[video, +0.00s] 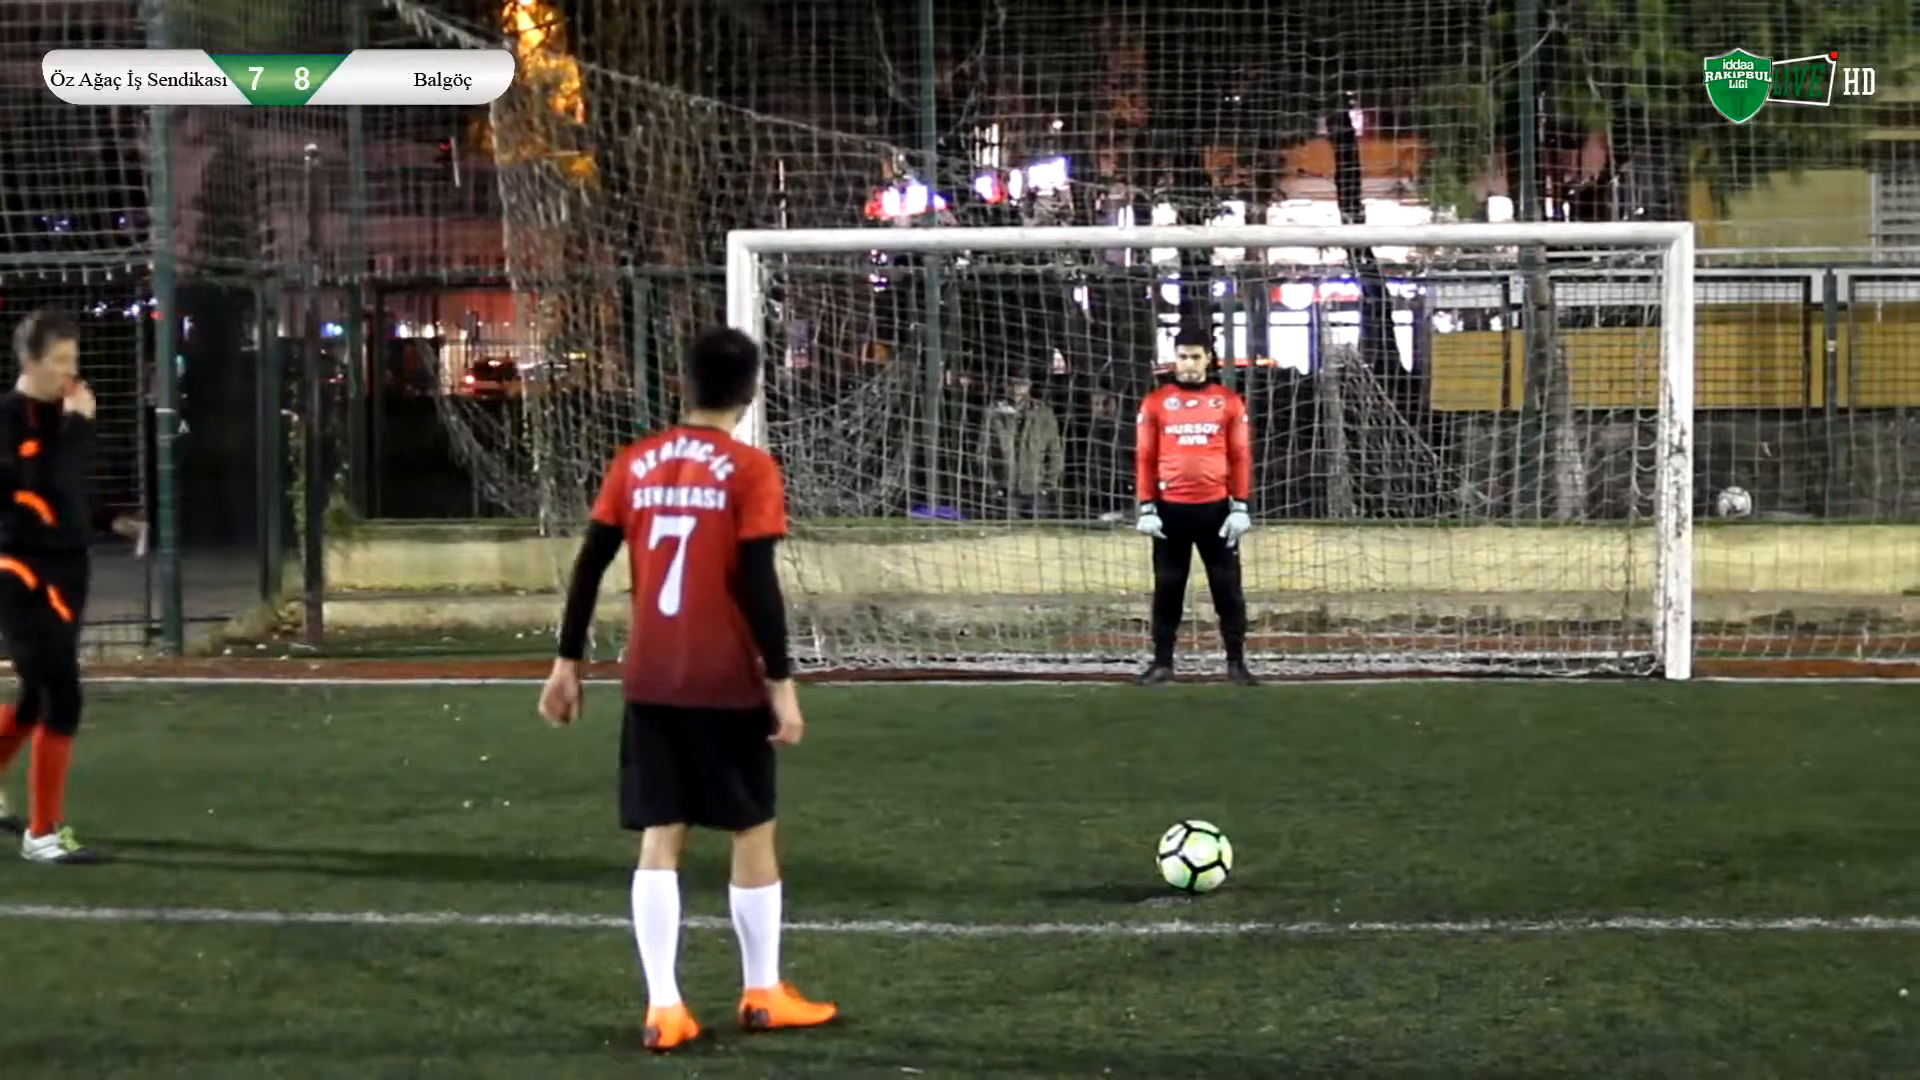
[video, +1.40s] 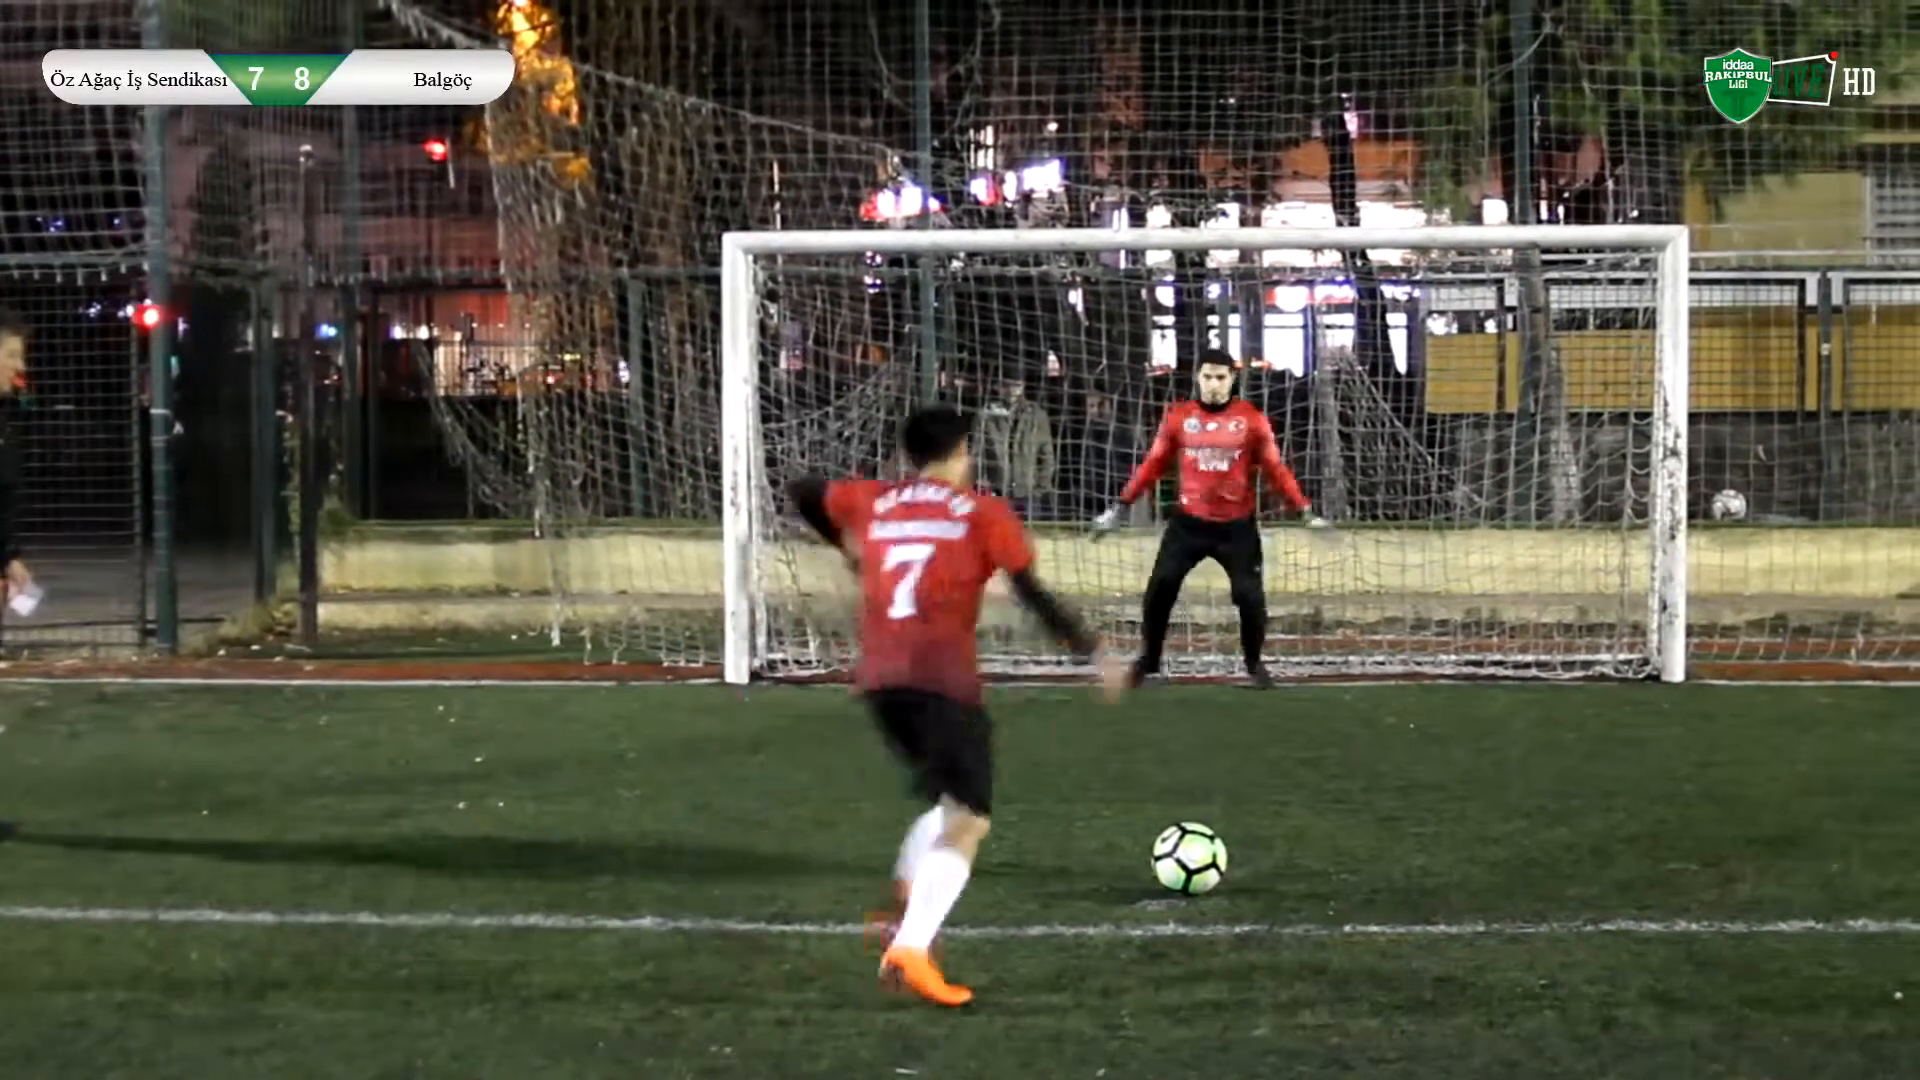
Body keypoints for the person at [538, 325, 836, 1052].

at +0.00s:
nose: (754, 394)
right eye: (756, 385)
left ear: (687, 385)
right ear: (750, 392)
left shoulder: (635, 461)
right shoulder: (753, 468)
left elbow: (590, 562)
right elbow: (755, 576)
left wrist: (567, 658)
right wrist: (781, 679)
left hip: (650, 684)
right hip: (730, 684)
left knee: (660, 832)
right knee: (754, 830)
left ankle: (662, 1004)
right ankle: (764, 989)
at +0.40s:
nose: (791, 414)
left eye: (791, 403)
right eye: (790, 403)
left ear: (724, 396)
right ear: (775, 404)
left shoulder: (658, 461)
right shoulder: (772, 472)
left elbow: (630, 574)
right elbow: (767, 579)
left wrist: (667, 635)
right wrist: (783, 679)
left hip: (649, 672)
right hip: (726, 676)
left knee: (659, 828)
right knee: (753, 827)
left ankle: (661, 1004)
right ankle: (763, 988)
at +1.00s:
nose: (855, 457)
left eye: (854, 446)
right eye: (854, 446)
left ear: (792, 440)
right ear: (841, 443)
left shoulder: (729, 496)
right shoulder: (837, 496)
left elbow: (695, 597)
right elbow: (810, 575)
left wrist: (734, 648)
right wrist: (805, 678)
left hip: (710, 688)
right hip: (782, 688)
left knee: (693, 834)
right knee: (850, 793)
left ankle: (664, 1002)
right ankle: (850, 957)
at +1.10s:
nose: (890, 478)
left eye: (888, 469)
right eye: (890, 468)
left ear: (829, 465)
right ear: (878, 466)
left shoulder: (776, 516)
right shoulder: (874, 512)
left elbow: (775, 613)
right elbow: (849, 575)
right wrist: (837, 671)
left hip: (749, 690)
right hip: (816, 689)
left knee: (718, 832)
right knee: (898, 792)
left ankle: (672, 991)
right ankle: (894, 953)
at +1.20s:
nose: (919, 491)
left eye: (917, 481)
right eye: (917, 481)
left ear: (857, 476)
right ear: (906, 479)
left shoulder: (815, 520)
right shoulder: (906, 521)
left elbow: (815, 612)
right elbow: (888, 587)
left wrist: (893, 647)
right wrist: (886, 671)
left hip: (787, 697)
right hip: (855, 697)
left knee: (757, 831)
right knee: (928, 808)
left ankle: (694, 970)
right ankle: (896, 964)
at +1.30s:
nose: (959, 483)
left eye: (956, 474)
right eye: (956, 474)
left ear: (895, 477)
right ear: (946, 475)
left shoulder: (860, 519)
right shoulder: (956, 526)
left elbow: (815, 546)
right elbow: (983, 610)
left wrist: (868, 572)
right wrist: (1020, 689)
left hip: (848, 697)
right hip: (915, 697)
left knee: (876, 840)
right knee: (961, 828)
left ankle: (801, 906)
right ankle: (903, 962)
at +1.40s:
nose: (971, 462)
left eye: (965, 453)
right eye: (968, 453)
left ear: (910, 458)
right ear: (961, 456)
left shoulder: (874, 499)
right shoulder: (984, 510)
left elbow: (803, 492)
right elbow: (1032, 591)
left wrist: (844, 544)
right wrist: (1089, 647)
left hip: (881, 676)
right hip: (944, 678)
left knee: (948, 799)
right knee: (969, 818)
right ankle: (913, 945)